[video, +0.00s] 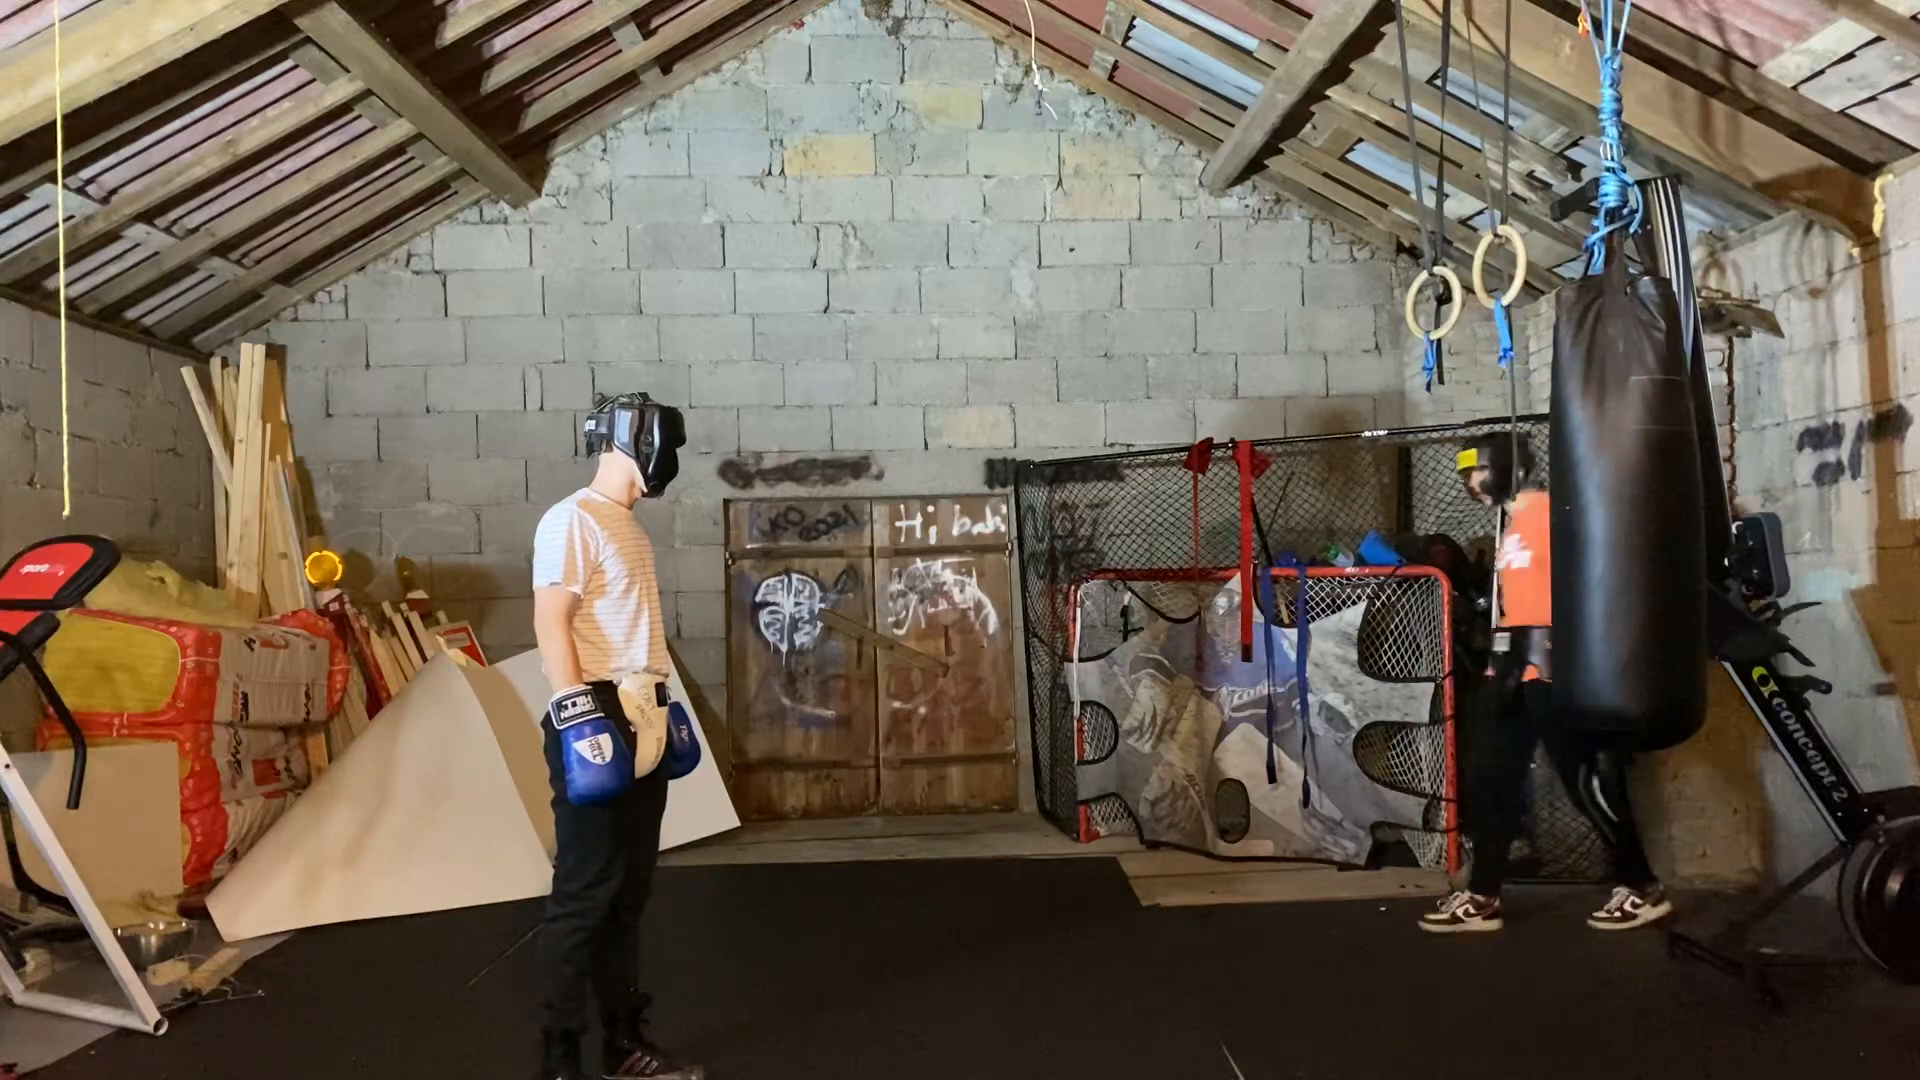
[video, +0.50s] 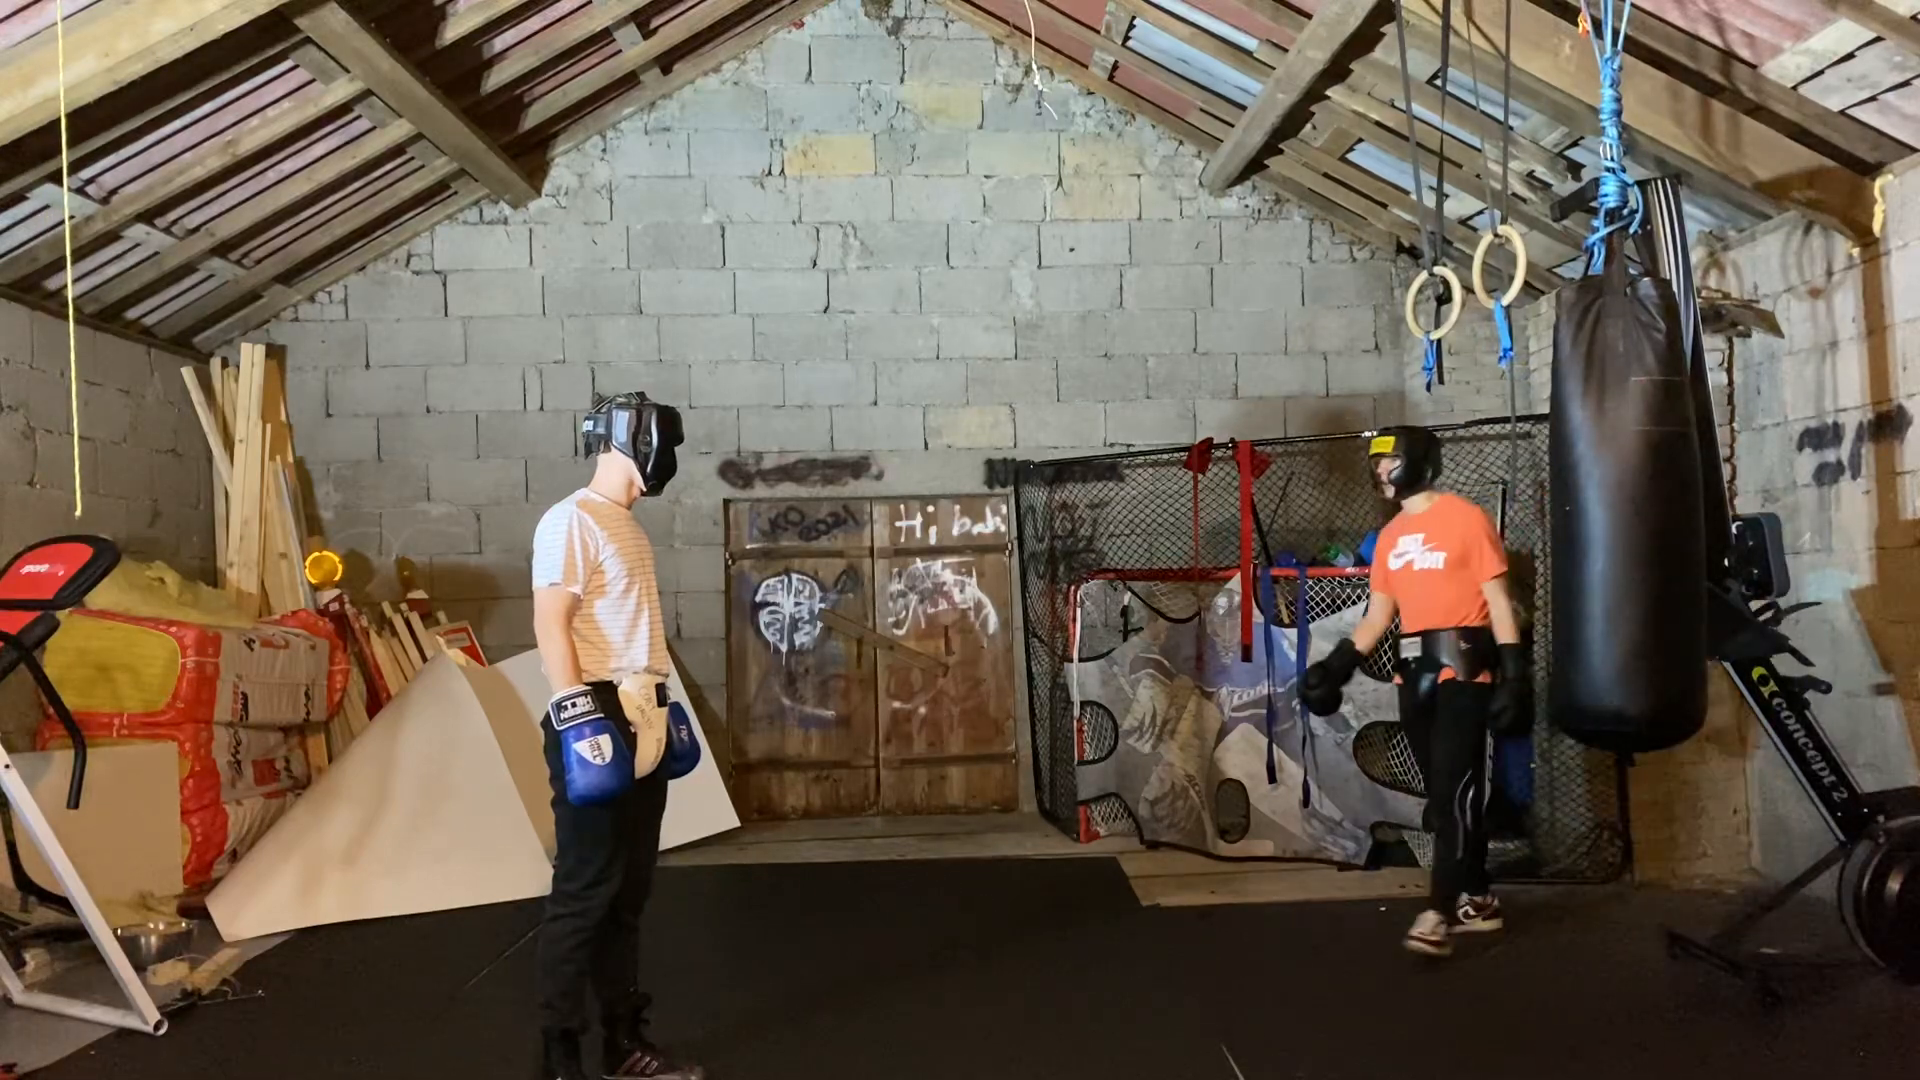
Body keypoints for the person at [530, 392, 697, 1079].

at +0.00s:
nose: (664, 470)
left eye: (665, 457)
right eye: (657, 455)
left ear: (633, 452)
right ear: (624, 446)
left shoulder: (632, 531)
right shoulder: (568, 521)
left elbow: (642, 627)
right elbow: (551, 622)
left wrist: (668, 704)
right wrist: (580, 716)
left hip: (643, 716)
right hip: (593, 719)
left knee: (627, 890)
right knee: (583, 892)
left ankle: (622, 1046)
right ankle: (560, 1058)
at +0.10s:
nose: (664, 470)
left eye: (666, 457)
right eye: (658, 455)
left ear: (631, 453)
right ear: (625, 447)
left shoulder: (632, 531)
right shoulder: (568, 521)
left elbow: (642, 627)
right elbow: (551, 623)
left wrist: (667, 704)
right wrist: (580, 717)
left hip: (643, 715)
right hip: (592, 719)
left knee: (628, 890)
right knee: (583, 893)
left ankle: (622, 1046)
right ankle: (561, 1059)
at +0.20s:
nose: (663, 470)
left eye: (665, 457)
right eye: (656, 454)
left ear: (634, 452)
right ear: (623, 446)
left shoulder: (632, 531)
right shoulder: (568, 521)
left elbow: (642, 627)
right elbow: (550, 622)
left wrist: (667, 704)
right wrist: (579, 717)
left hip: (643, 716)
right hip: (592, 719)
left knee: (627, 891)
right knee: (583, 894)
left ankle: (622, 1046)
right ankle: (561, 1060)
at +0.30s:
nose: (663, 468)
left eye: (665, 454)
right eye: (656, 452)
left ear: (633, 451)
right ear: (623, 446)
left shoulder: (632, 531)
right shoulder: (568, 521)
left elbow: (642, 627)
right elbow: (550, 622)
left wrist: (667, 704)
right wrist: (580, 717)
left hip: (642, 715)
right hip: (592, 719)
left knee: (627, 892)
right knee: (582, 893)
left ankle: (622, 1046)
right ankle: (561, 1059)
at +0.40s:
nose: (665, 467)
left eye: (666, 453)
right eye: (658, 451)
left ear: (630, 448)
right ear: (625, 445)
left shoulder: (631, 531)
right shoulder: (568, 521)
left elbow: (642, 627)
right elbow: (550, 623)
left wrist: (667, 704)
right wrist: (580, 718)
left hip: (643, 715)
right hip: (593, 719)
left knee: (627, 891)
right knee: (582, 893)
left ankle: (623, 1046)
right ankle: (560, 1059)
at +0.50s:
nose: (664, 466)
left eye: (665, 452)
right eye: (657, 451)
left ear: (630, 448)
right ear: (624, 445)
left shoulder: (631, 530)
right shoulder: (567, 521)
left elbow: (642, 626)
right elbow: (550, 623)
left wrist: (667, 704)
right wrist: (581, 719)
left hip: (643, 716)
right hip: (592, 720)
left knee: (627, 891)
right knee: (583, 893)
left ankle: (622, 1046)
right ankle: (561, 1058)